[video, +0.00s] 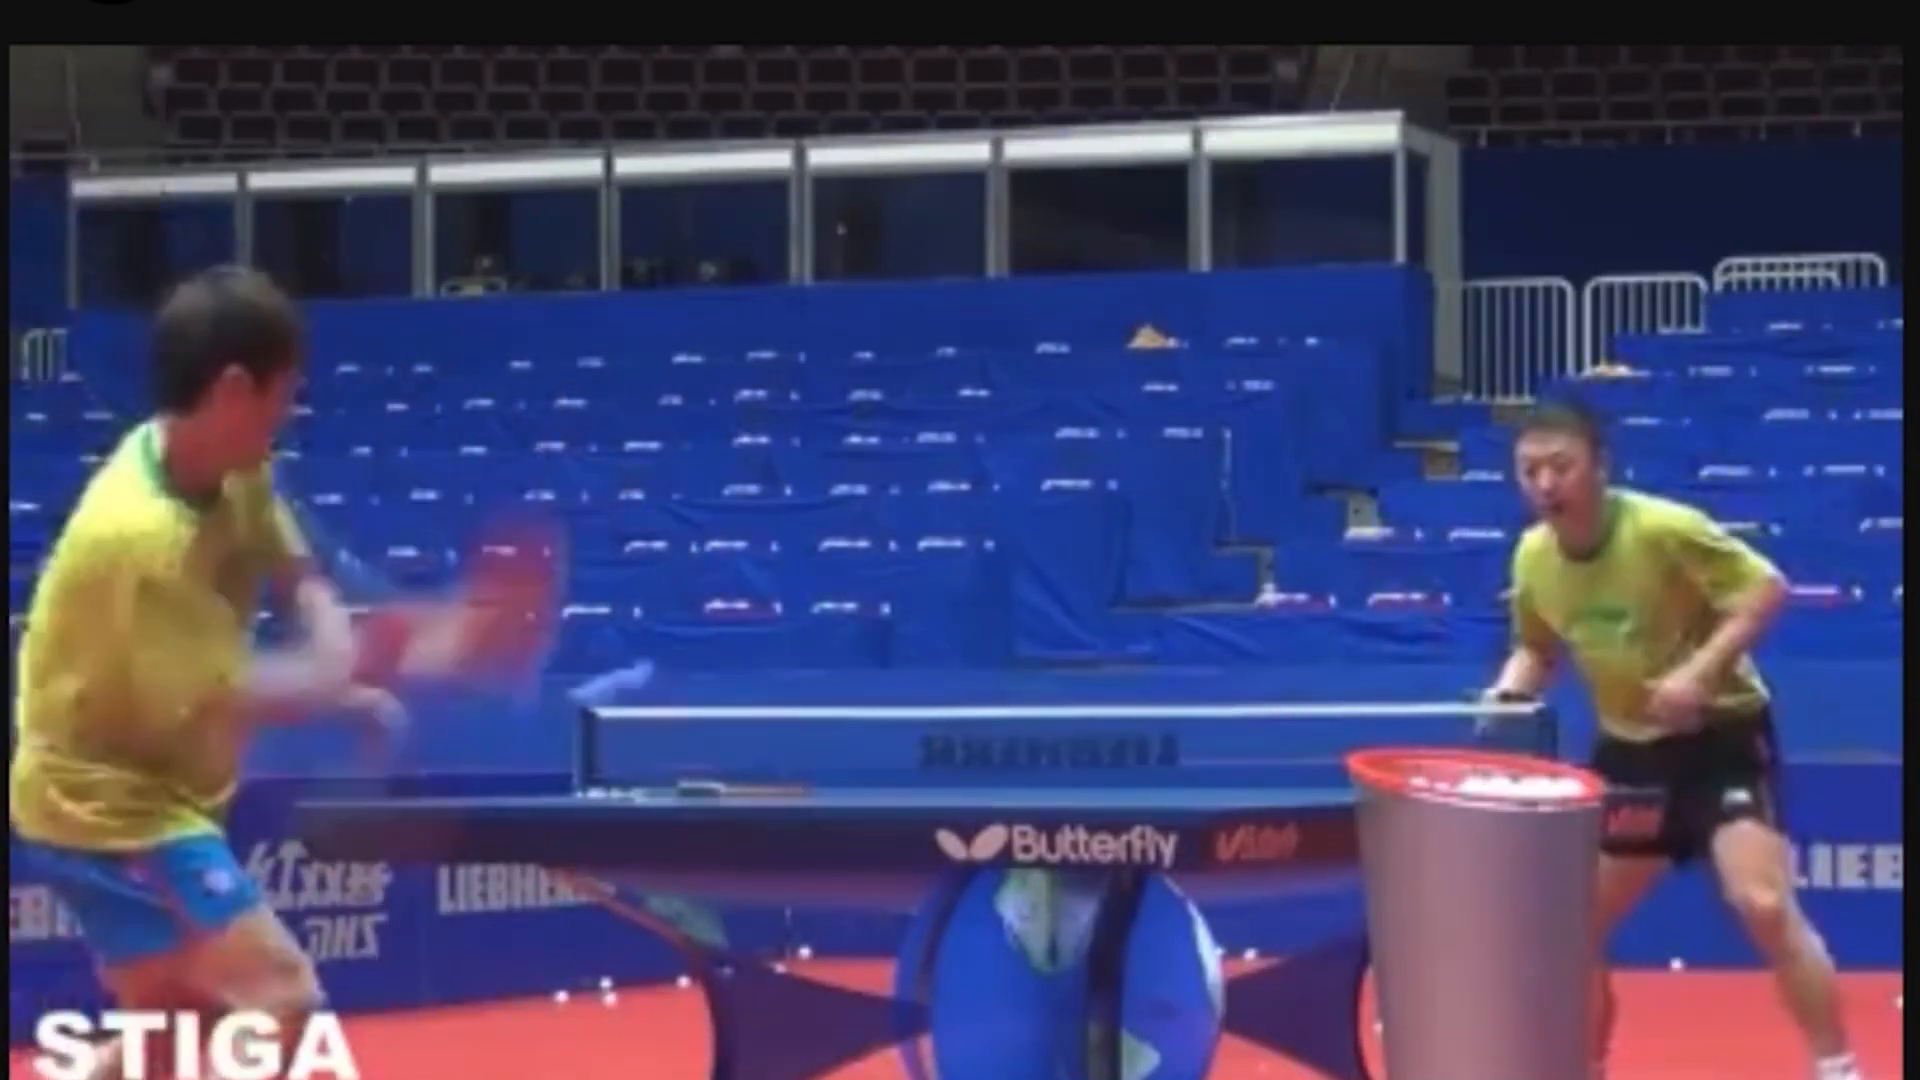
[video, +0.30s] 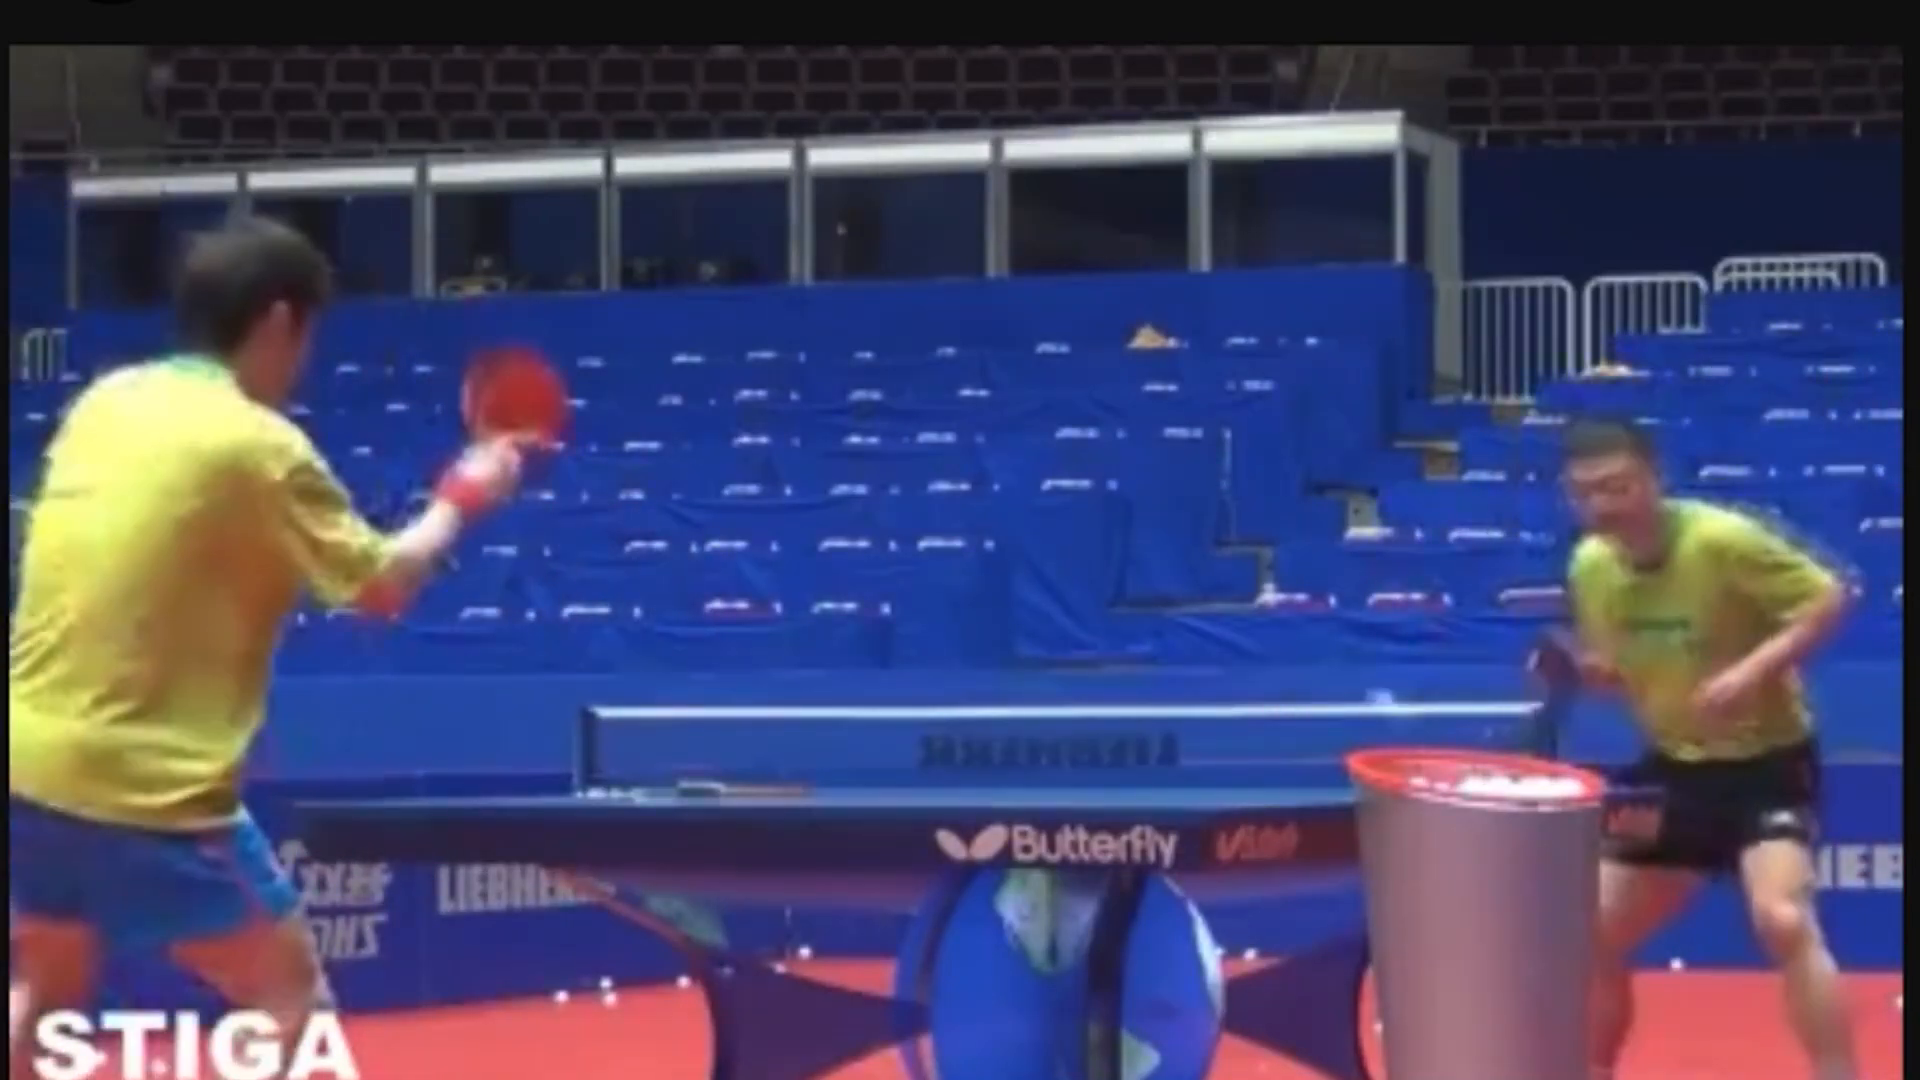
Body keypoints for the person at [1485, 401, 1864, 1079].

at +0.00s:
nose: (1546, 485)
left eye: (1560, 467)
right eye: (1531, 471)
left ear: (1598, 466)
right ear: (1521, 479)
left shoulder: (1662, 530)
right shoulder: (1533, 556)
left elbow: (1765, 587)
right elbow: (1537, 645)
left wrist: (1697, 674)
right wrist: (1517, 681)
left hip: (1721, 735)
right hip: (1629, 749)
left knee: (1764, 906)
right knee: (1572, 924)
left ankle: (1834, 1065)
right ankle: (1583, 1068)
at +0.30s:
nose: (1603, 508)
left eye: (1616, 488)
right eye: (1588, 493)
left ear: (1653, 480)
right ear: (1574, 497)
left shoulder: (1719, 539)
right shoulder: (1591, 565)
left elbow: (1829, 597)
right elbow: (1618, 670)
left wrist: (1751, 671)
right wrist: (1575, 671)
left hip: (1766, 767)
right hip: (1675, 770)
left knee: (1782, 920)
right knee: (1595, 926)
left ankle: (1839, 1072)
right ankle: (1594, 1068)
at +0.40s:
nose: (1654, 485)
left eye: (1665, 464)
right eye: (1638, 471)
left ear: (1702, 455)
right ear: (1625, 478)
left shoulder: (1781, 505)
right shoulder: (1627, 546)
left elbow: (1870, 566)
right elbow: (1650, 645)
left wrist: (1812, 637)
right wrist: (1642, 654)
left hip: (1806, 748)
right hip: (1709, 757)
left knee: (1813, 918)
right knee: (1660, 937)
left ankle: (1852, 1071)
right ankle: (1621, 1066)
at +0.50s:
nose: (1693, 456)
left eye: (1705, 436)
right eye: (1679, 441)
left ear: (1742, 425)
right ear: (1668, 444)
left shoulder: (1805, 470)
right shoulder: (1669, 516)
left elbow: (1876, 546)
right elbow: (1700, 586)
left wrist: (1845, 608)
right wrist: (1726, 649)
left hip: (1826, 715)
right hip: (1731, 720)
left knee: (1831, 913)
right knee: (1699, 923)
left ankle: (1857, 1068)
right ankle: (1676, 1062)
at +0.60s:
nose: (1730, 428)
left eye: (1744, 409)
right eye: (1714, 414)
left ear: (1780, 402)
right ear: (1701, 420)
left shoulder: (1833, 456)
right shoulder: (1700, 496)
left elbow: (1887, 527)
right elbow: (1761, 571)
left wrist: (1892, 581)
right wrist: (1824, 611)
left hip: (1831, 709)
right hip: (1735, 715)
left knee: (1837, 914)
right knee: (1738, 912)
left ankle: (1859, 1071)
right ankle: (1761, 1051)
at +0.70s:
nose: (1745, 415)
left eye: (1761, 395)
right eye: (1732, 398)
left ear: (1803, 394)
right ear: (1719, 402)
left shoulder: (1851, 455)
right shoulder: (1712, 482)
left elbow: (1893, 532)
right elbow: (1767, 570)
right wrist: (1846, 615)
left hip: (1839, 711)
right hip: (1739, 717)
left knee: (1844, 917)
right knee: (1750, 933)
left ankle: (1862, 1070)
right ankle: (1782, 1048)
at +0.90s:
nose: (1749, 410)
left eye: (1766, 390)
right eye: (1737, 393)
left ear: (1810, 390)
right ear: (1726, 398)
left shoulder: (1872, 466)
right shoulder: (1709, 484)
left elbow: (1897, 565)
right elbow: (1685, 609)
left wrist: (1879, 634)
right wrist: (1770, 655)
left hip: (1849, 712)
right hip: (1746, 716)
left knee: (1847, 929)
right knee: (1743, 921)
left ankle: (1860, 1072)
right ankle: (1737, 1072)